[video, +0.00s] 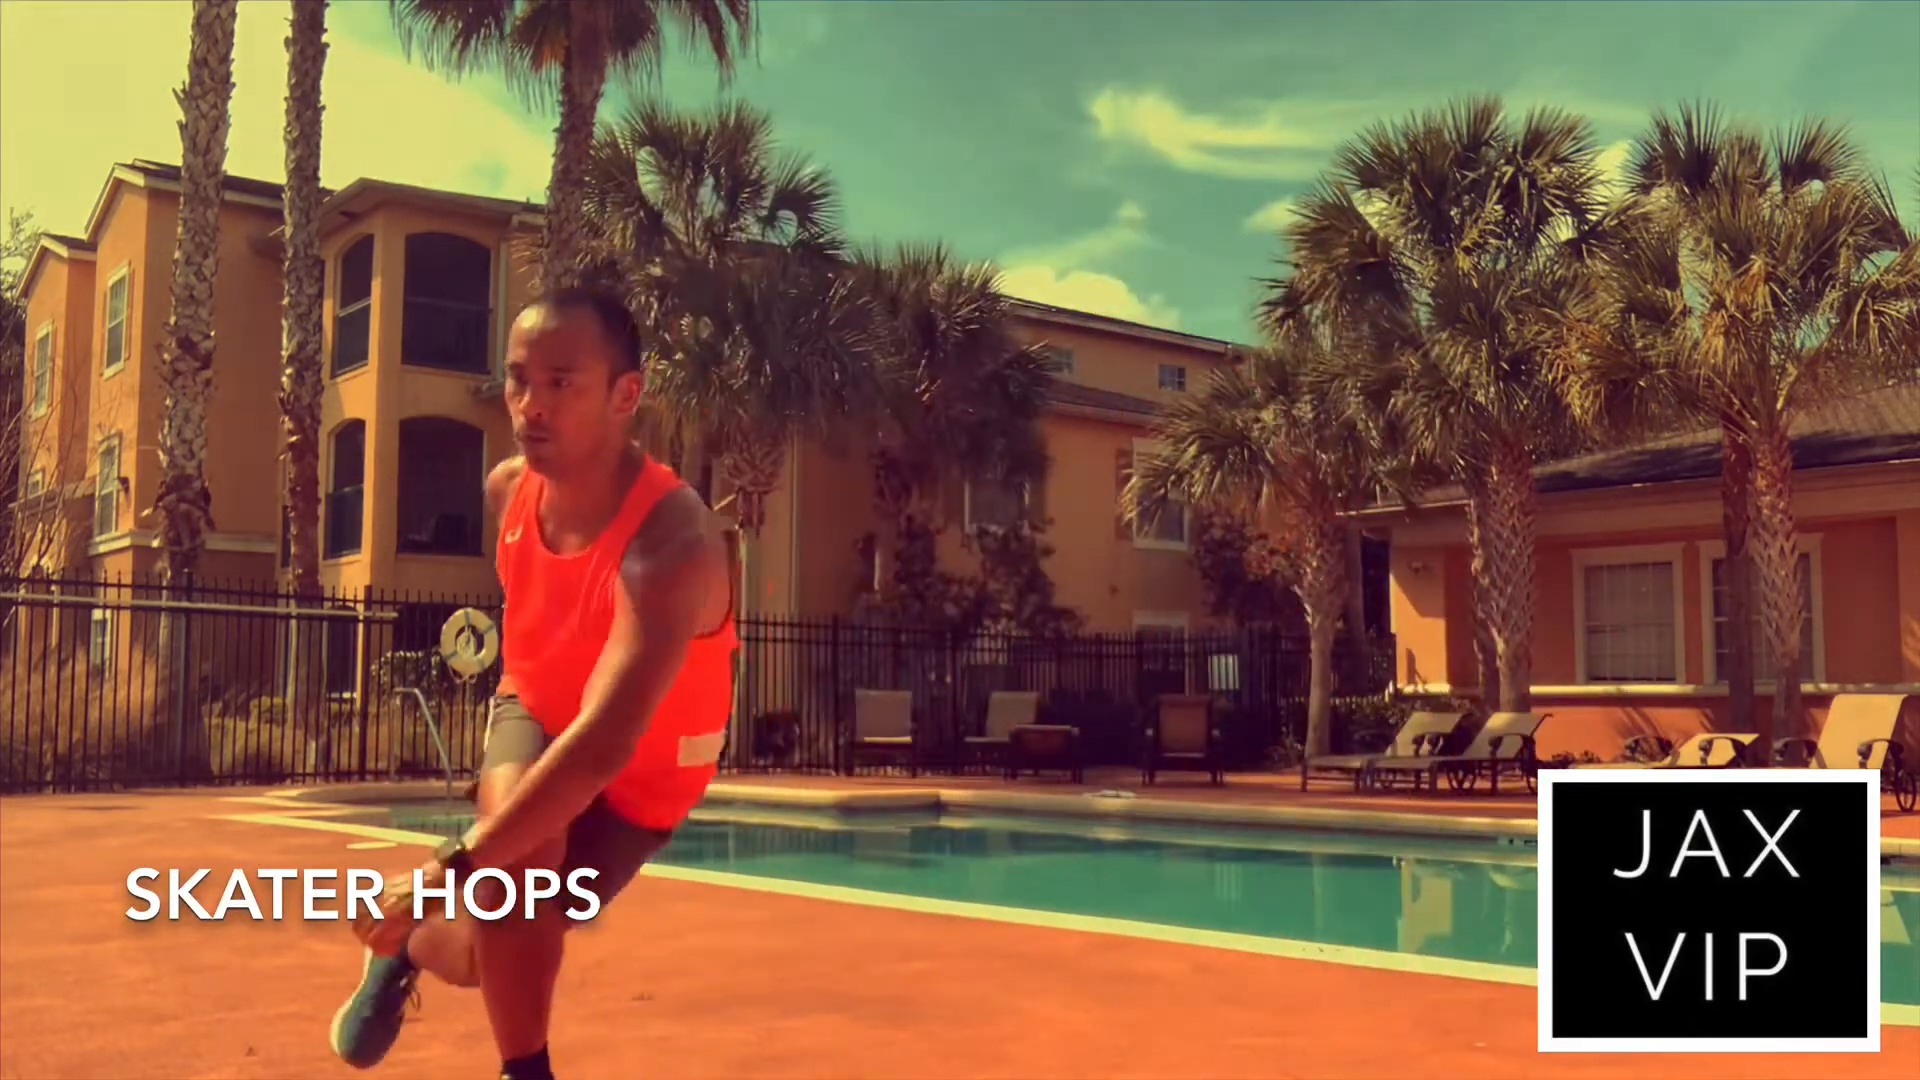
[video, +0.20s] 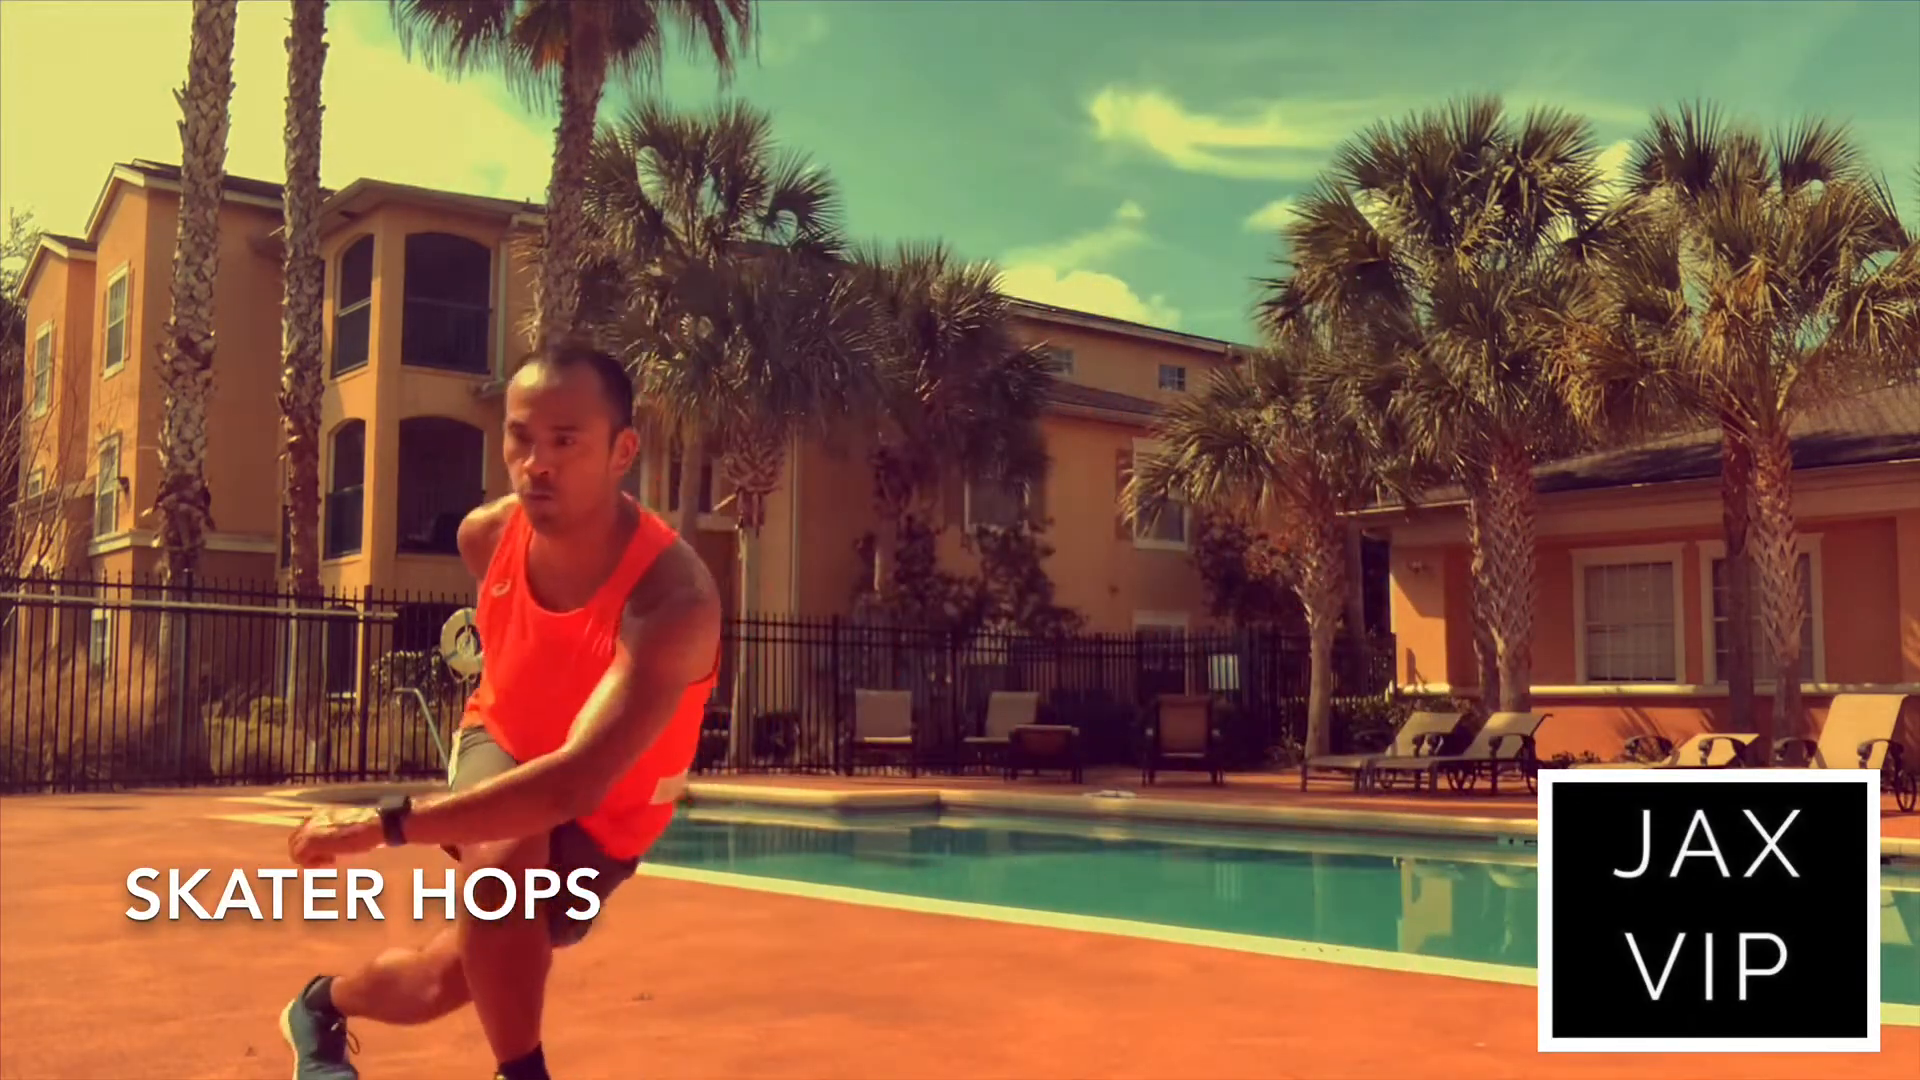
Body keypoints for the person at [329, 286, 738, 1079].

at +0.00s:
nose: (530, 404)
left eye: (560, 382)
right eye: (519, 380)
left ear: (625, 396)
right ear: (506, 387)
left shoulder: (671, 544)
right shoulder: (509, 491)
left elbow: (602, 746)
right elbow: (530, 624)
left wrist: (447, 870)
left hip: (641, 779)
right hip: (533, 712)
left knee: (493, 956)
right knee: (520, 871)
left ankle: (402, 947)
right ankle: (528, 1070)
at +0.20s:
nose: (534, 465)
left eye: (564, 440)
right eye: (520, 439)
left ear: (623, 449)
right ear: (503, 441)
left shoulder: (675, 599)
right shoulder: (487, 536)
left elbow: (573, 784)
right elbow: (511, 635)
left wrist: (386, 824)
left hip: (603, 819)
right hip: (499, 742)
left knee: (440, 982)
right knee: (507, 853)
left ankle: (322, 1006)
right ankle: (524, 1072)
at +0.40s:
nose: (639, 335)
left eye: (666, 313)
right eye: (621, 309)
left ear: (712, 326)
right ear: (594, 319)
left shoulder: (770, 471)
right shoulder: (566, 460)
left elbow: (787, 672)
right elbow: (510, 596)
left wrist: (700, 828)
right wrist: (425, 712)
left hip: (705, 733)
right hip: (594, 680)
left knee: (608, 960)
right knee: (560, 851)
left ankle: (511, 930)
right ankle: (530, 1072)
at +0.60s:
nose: (882, 211)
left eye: (905, 190)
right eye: (861, 185)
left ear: (934, 197)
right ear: (820, 187)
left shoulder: (986, 318)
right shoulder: (754, 305)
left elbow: (1097, 393)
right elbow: (637, 382)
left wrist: (1126, 532)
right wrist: (540, 490)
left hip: (897, 619)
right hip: (743, 620)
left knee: (1032, 812)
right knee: (634, 839)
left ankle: (1062, 935)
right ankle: (533, 1061)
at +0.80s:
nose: (1166, 198)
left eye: (1188, 174)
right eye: (1143, 169)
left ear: (1207, 177)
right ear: (1088, 166)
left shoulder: (1234, 296)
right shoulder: (1003, 292)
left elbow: (1286, 384)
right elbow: (884, 400)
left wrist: (1308, 499)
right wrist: (802, 524)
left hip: (1164, 604)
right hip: (1004, 597)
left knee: (1299, 807)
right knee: (859, 828)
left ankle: (1448, 1026)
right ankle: (857, 917)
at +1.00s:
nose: (1385, 336)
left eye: (1404, 312)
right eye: (1360, 309)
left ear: (1420, 322)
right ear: (1298, 314)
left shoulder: (1420, 424)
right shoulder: (1231, 452)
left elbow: (1433, 514)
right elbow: (1152, 648)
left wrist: (1453, 622)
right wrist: (1206, 807)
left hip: (1363, 689)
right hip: (1237, 727)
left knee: (1456, 873)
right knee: (1266, 984)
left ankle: (1478, 1072)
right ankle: (1350, 910)